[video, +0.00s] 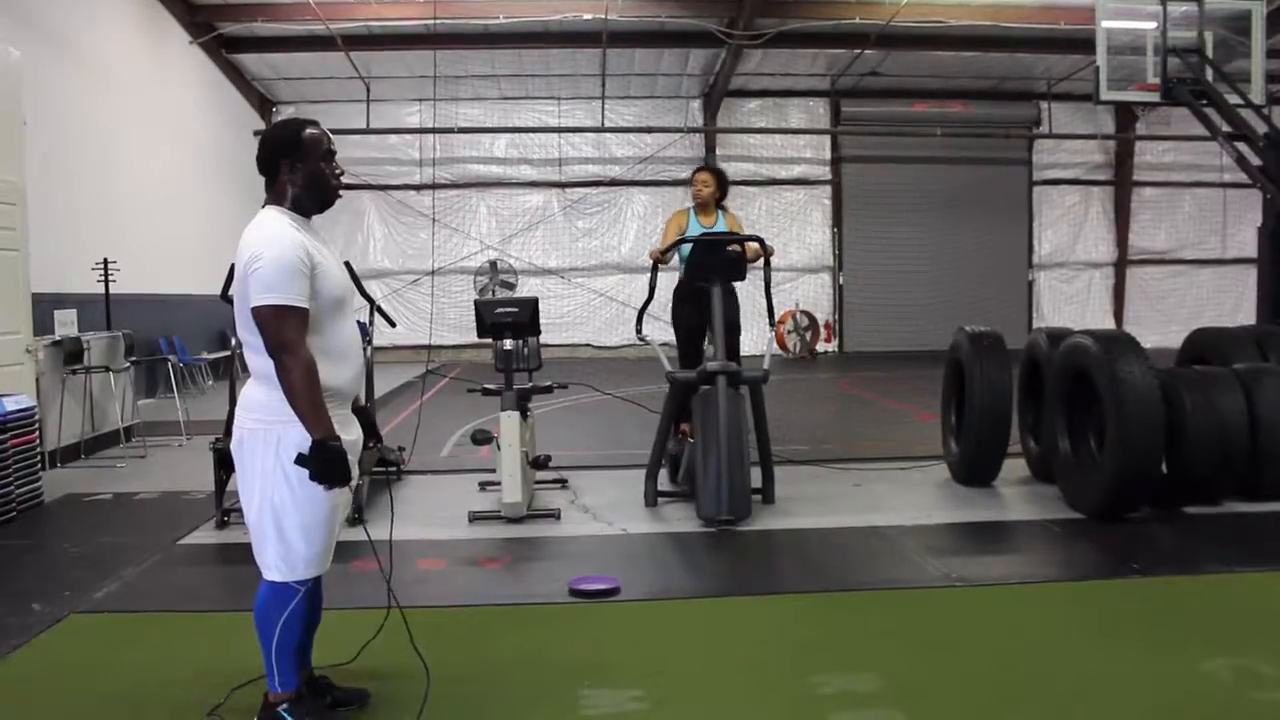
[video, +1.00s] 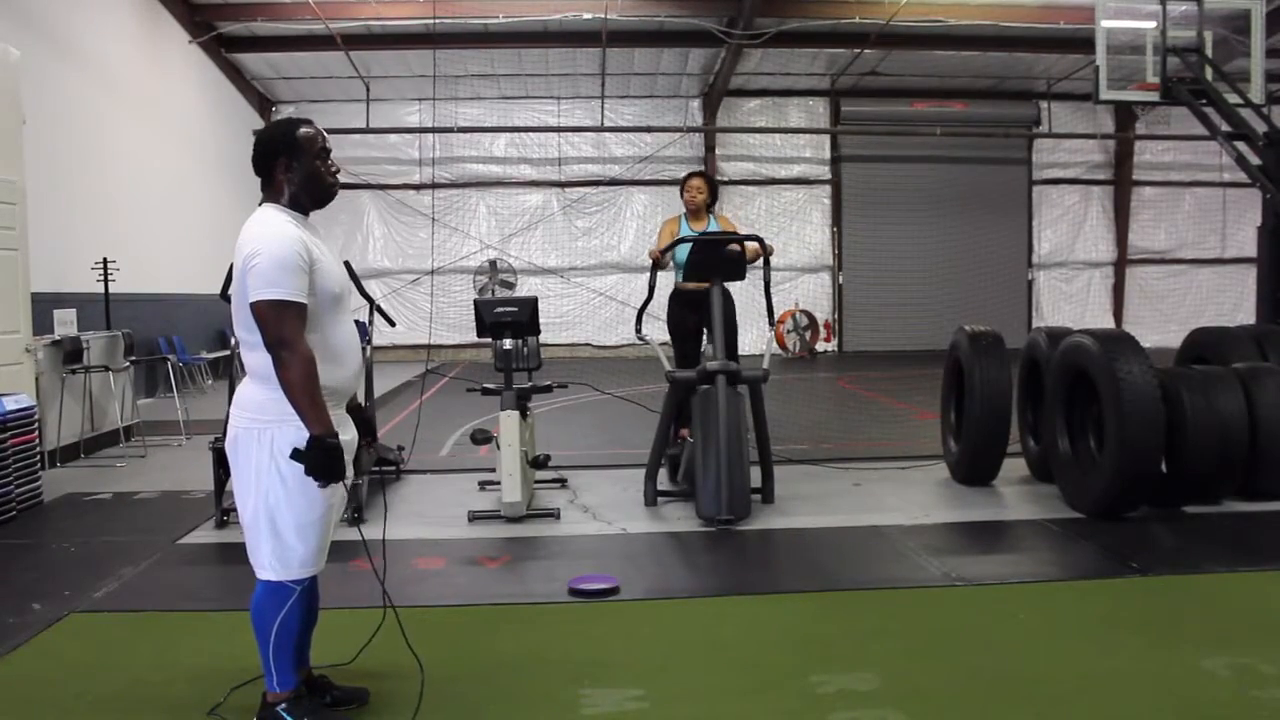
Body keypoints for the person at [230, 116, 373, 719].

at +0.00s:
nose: (338, 170)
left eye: (335, 159)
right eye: (326, 159)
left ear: (296, 171)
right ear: (290, 169)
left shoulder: (298, 237)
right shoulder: (274, 240)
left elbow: (322, 342)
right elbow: (286, 350)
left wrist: (358, 412)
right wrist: (324, 438)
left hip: (308, 428)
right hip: (283, 431)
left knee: (306, 566)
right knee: (290, 571)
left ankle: (299, 680)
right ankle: (283, 698)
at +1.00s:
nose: (335, 166)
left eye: (331, 155)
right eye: (321, 156)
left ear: (292, 170)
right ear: (287, 168)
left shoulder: (298, 235)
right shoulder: (273, 237)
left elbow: (317, 338)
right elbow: (284, 345)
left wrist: (354, 406)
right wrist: (321, 433)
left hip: (304, 427)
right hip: (278, 430)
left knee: (302, 564)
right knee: (284, 570)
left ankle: (298, 678)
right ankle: (280, 698)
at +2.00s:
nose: (333, 166)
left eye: (329, 155)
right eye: (320, 156)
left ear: (291, 171)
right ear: (285, 169)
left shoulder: (294, 237)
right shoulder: (271, 240)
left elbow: (313, 344)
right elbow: (280, 351)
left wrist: (351, 411)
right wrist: (315, 440)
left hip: (301, 427)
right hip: (278, 430)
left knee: (301, 565)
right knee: (285, 570)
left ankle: (298, 680)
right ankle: (282, 697)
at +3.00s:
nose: (335, 166)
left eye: (330, 155)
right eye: (321, 156)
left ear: (291, 171)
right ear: (285, 169)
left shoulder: (296, 238)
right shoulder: (271, 241)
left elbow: (316, 343)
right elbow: (282, 351)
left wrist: (352, 412)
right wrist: (319, 438)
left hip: (303, 428)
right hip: (277, 431)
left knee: (300, 566)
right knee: (282, 571)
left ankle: (298, 680)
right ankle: (280, 697)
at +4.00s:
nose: (333, 165)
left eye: (329, 154)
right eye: (320, 156)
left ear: (291, 171)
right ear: (286, 169)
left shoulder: (296, 236)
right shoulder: (273, 239)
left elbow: (316, 339)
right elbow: (283, 348)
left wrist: (351, 407)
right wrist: (318, 436)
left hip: (300, 427)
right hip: (276, 431)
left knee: (299, 565)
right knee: (283, 570)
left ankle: (297, 679)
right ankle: (280, 697)